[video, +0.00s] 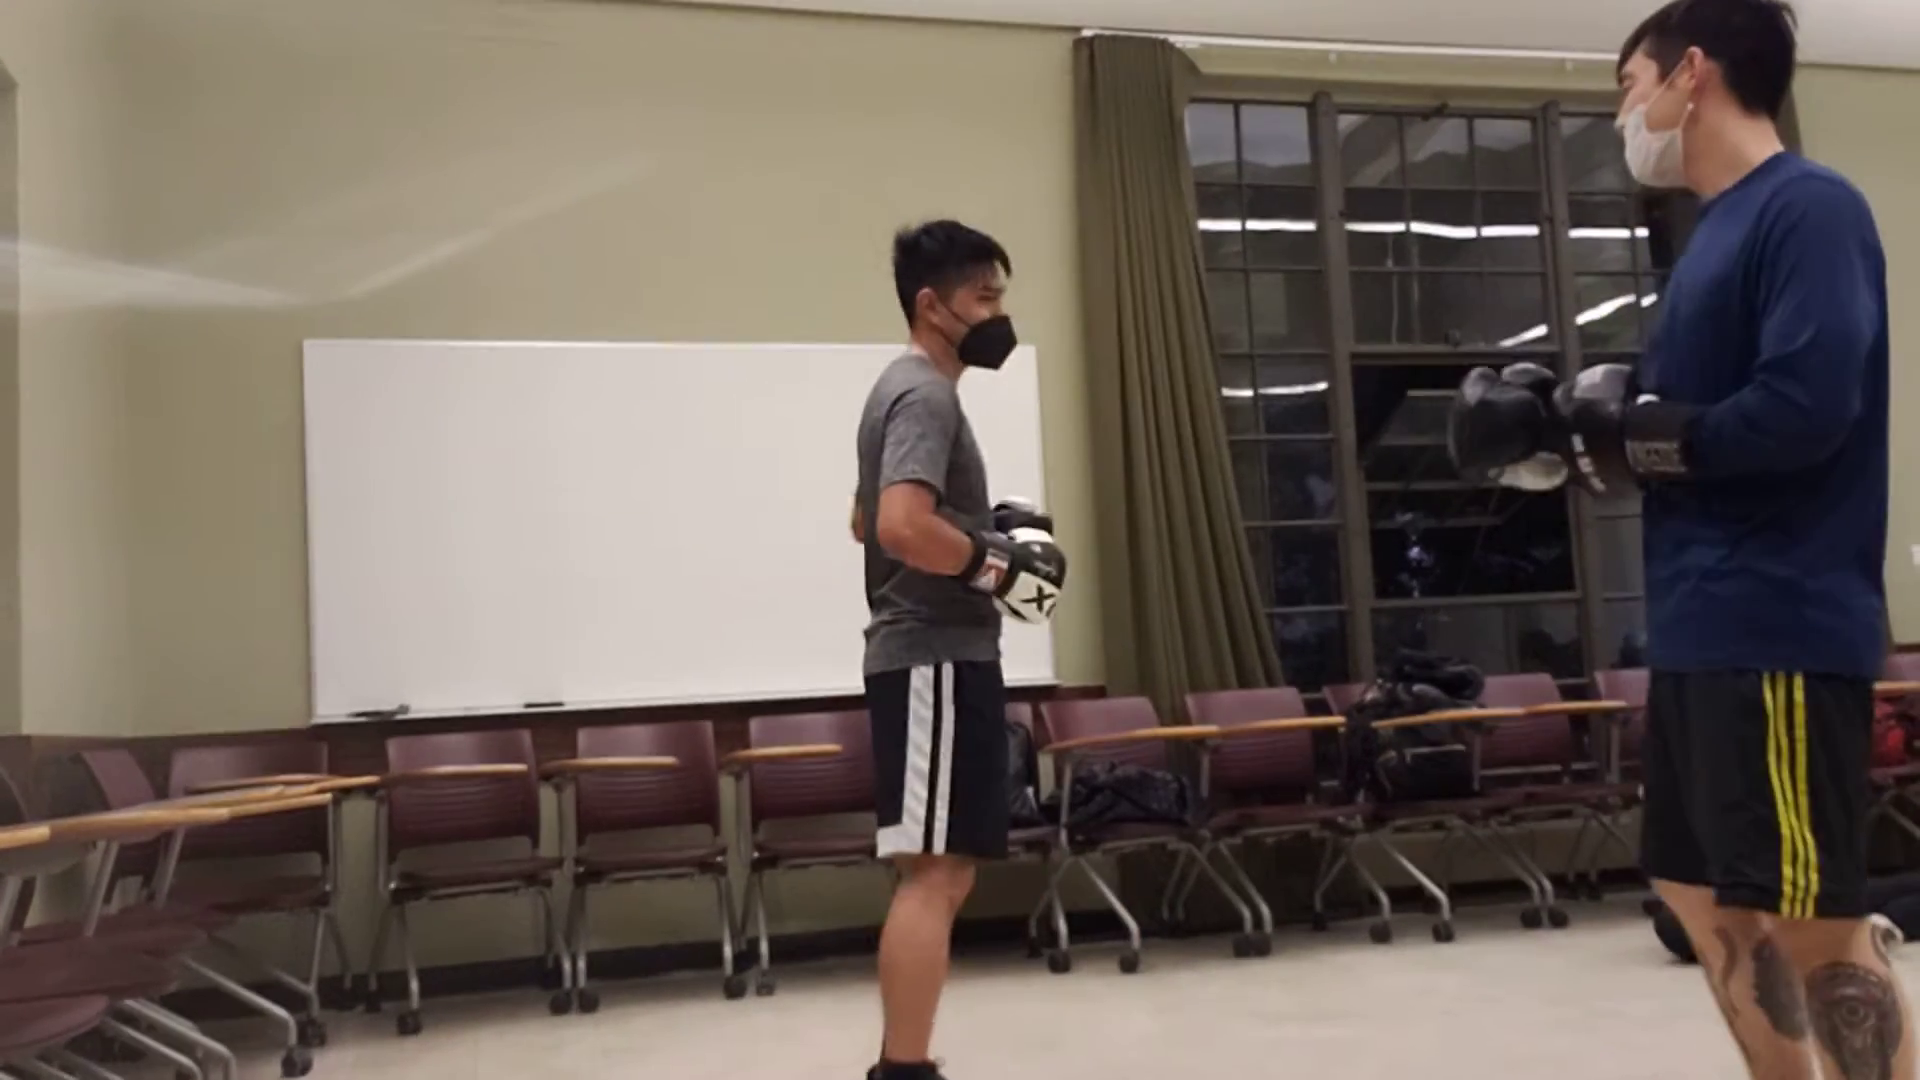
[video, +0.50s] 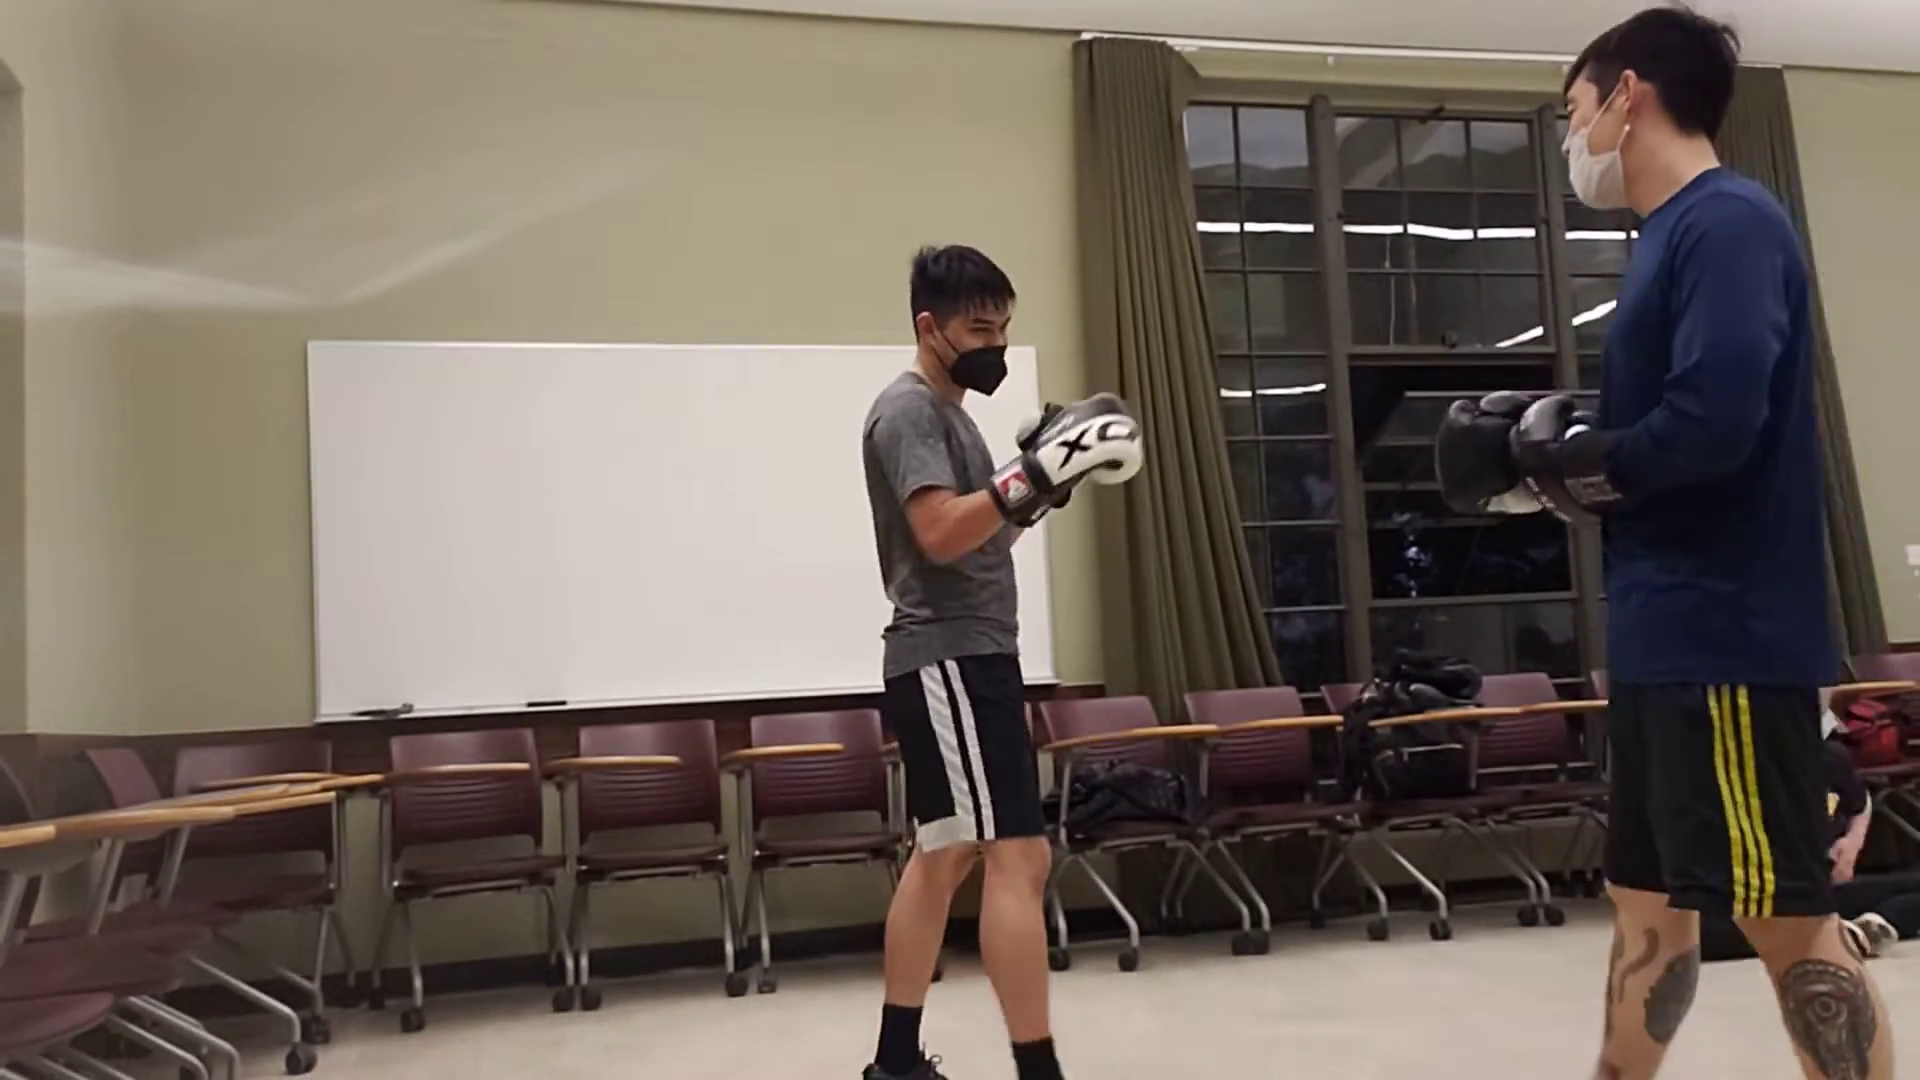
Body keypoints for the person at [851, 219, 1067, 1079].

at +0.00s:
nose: (999, 310)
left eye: (1000, 295)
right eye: (983, 296)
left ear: (932, 308)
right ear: (929, 302)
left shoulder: (900, 389)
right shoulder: (923, 394)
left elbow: (867, 520)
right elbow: (901, 522)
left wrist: (979, 531)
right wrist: (991, 566)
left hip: (933, 659)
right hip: (934, 663)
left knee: (939, 873)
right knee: (934, 874)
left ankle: (906, 1062)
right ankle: (906, 1066)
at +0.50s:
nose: (995, 342)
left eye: (1001, 326)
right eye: (978, 326)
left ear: (1003, 320)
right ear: (927, 326)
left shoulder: (950, 419)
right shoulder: (907, 411)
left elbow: (976, 540)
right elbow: (942, 536)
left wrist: (1039, 479)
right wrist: (1032, 476)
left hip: (963, 658)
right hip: (951, 660)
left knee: (941, 854)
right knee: (1019, 860)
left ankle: (897, 1058)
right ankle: (1040, 1071)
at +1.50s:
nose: (967, 335)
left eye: (972, 319)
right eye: (948, 320)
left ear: (972, 315)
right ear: (898, 324)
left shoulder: (922, 414)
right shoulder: (869, 414)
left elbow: (903, 542)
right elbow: (841, 554)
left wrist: (977, 553)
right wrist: (950, 570)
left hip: (909, 659)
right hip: (878, 661)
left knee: (893, 864)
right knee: (941, 860)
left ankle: (882, 1060)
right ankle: (948, 1067)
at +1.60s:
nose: (950, 334)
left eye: (956, 318)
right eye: (931, 319)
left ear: (957, 319)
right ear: (882, 323)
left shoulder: (906, 414)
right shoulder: (856, 416)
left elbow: (883, 535)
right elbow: (807, 551)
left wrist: (947, 554)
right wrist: (914, 589)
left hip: (897, 658)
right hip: (862, 662)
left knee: (903, 862)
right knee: (908, 863)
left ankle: (878, 1052)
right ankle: (873, 1056)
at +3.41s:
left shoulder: (887, 442)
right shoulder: (802, 426)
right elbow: (761, 549)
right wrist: (823, 635)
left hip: (845, 661)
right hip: (785, 661)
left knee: (842, 874)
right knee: (797, 871)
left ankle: (820, 1047)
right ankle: (793, 1052)